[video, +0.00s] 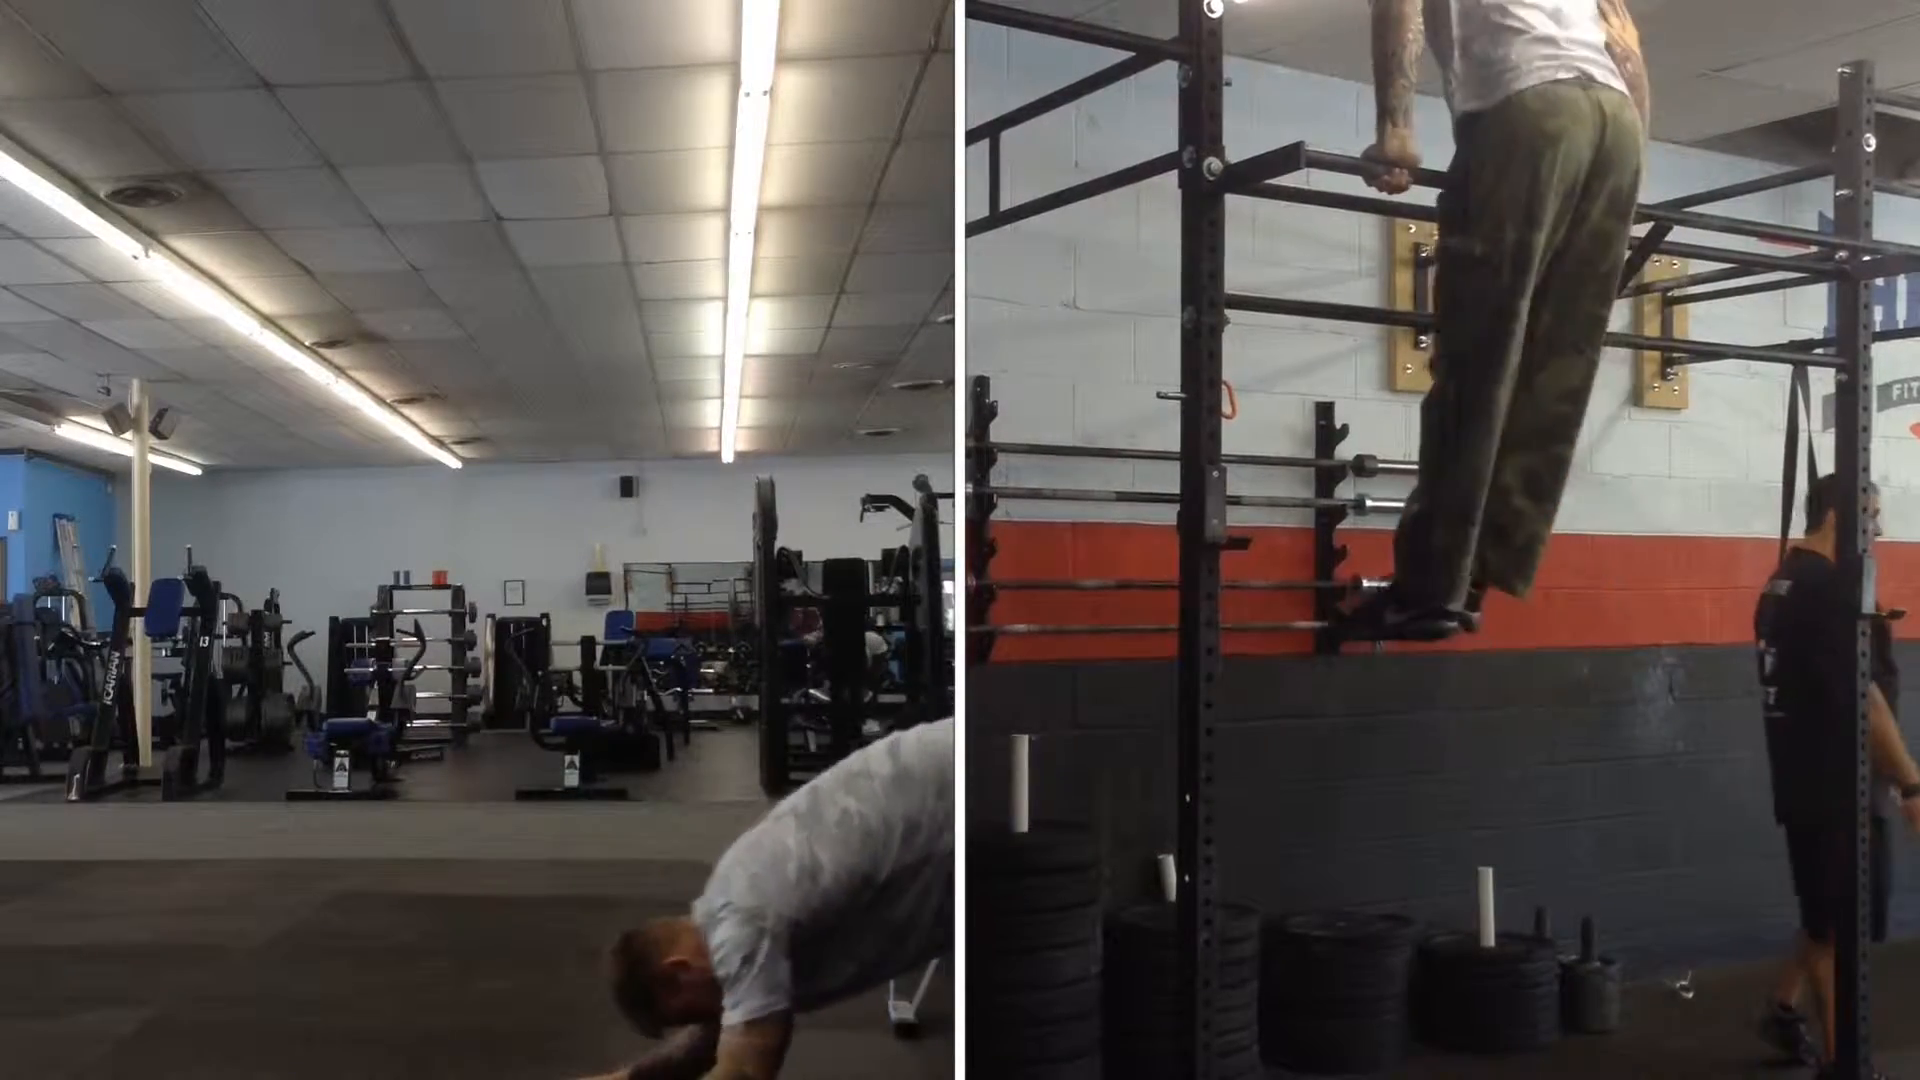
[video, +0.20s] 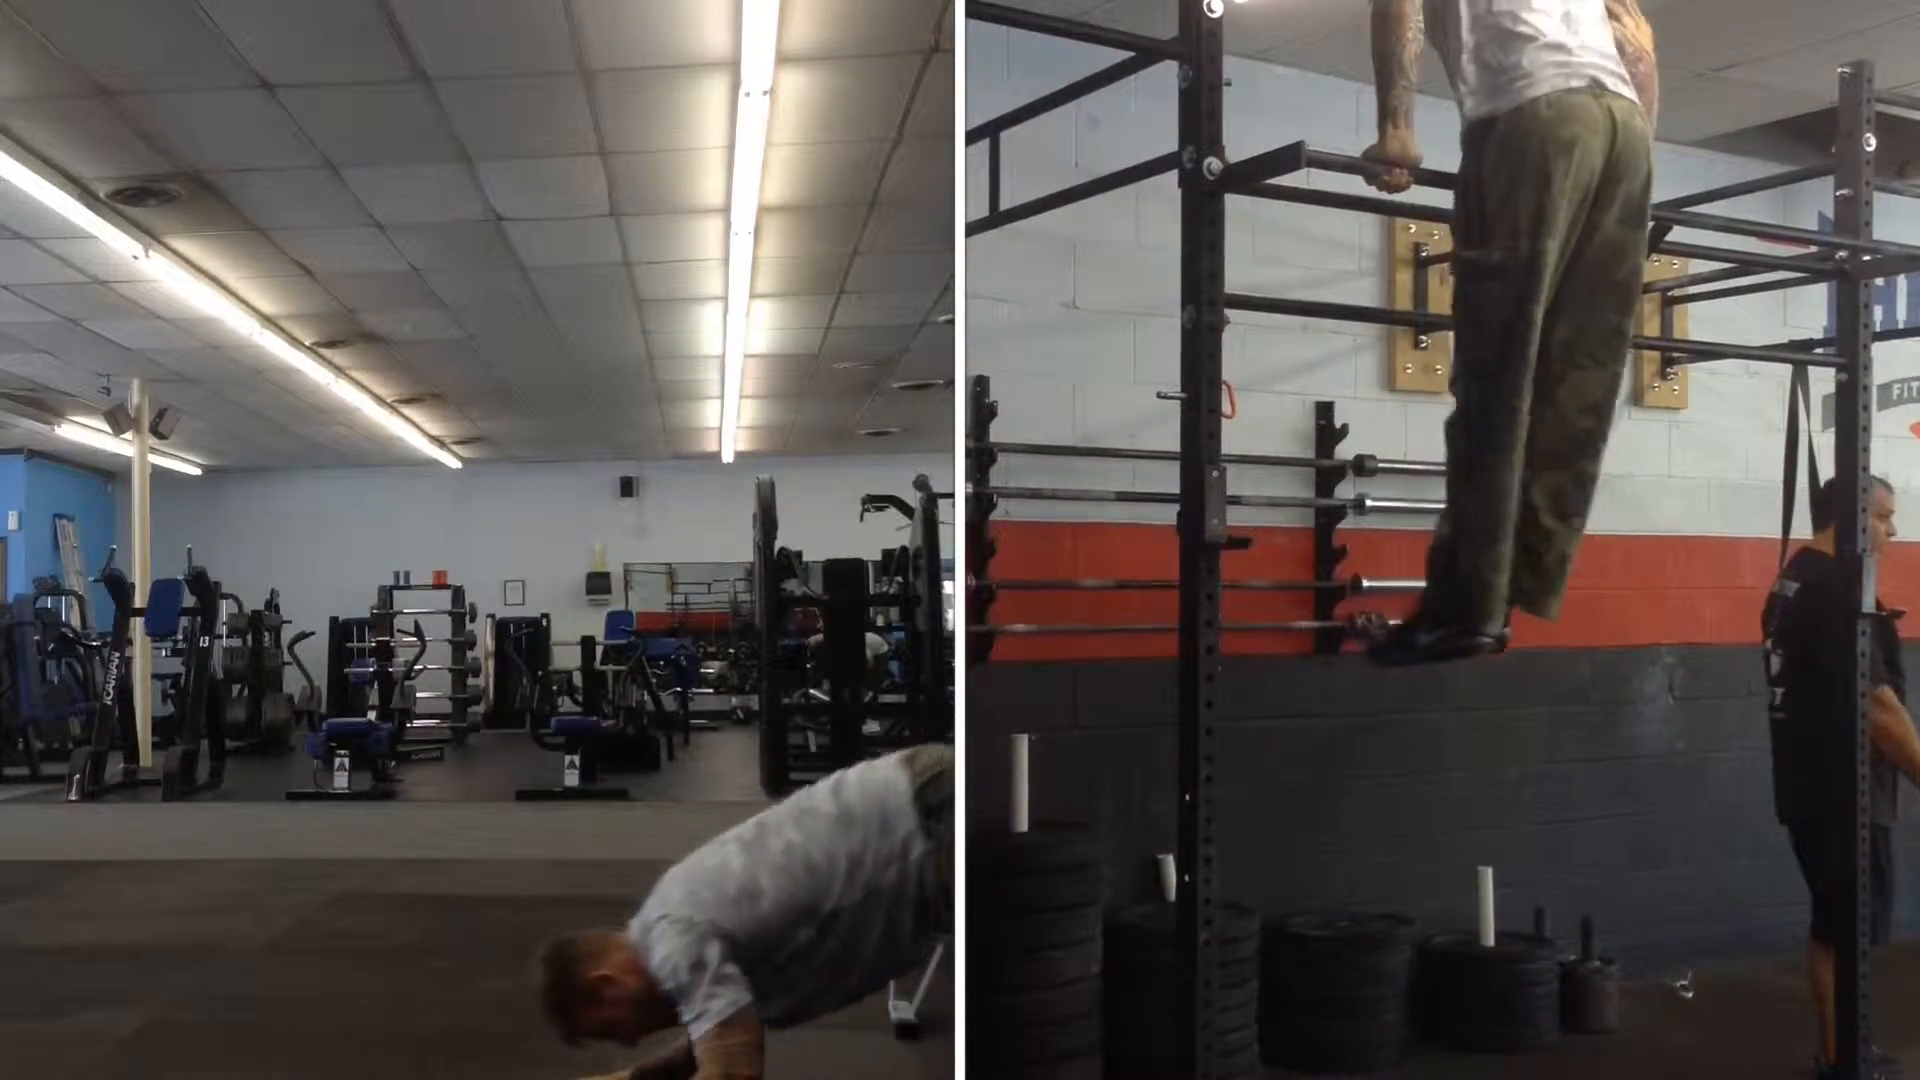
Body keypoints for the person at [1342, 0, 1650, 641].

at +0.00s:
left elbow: (1399, 11)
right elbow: (1626, 44)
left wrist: (1395, 124)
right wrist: (1631, 155)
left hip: (1525, 108)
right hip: (1618, 116)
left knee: (1476, 353)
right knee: (1558, 363)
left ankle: (1428, 589)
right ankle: (1470, 584)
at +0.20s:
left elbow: (1400, 9)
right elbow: (1637, 37)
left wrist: (1396, 125)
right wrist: (1641, 146)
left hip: (1533, 116)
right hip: (1626, 122)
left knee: (1494, 368)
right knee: (1582, 371)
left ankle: (1465, 610)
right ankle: (1512, 594)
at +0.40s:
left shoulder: (1425, 11)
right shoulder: (1555, 11)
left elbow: (1392, 6)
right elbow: (1649, 54)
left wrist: (1395, 126)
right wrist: (1633, 166)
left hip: (1537, 163)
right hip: (1625, 163)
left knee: (1505, 413)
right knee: (1587, 418)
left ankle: (1473, 647)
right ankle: (1525, 637)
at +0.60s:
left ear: (1414, 18)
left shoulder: (1418, 15)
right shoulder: (1550, 9)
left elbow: (1387, 3)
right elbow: (1648, 50)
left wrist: (1395, 126)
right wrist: (1629, 178)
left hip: (1533, 208)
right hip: (1621, 209)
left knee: (1511, 463)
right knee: (1596, 461)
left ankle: (1490, 701)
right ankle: (1555, 690)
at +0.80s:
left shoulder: (1462, 5)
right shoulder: (1599, 7)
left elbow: (1416, 12)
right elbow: (1688, 52)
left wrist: (1400, 132)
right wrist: (1627, 176)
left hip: (1536, 217)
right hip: (1630, 223)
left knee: (1503, 469)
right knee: (1603, 465)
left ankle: (1571, 696)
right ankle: (1692, 655)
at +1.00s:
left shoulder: (1547, 7)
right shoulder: (1707, 11)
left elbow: (1491, 112)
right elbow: (1757, 148)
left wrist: (1407, 151)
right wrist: (1666, 165)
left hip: (1619, 255)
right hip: (1715, 259)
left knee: (1526, 489)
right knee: (1635, 473)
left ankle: (1657, 640)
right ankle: (1760, 581)